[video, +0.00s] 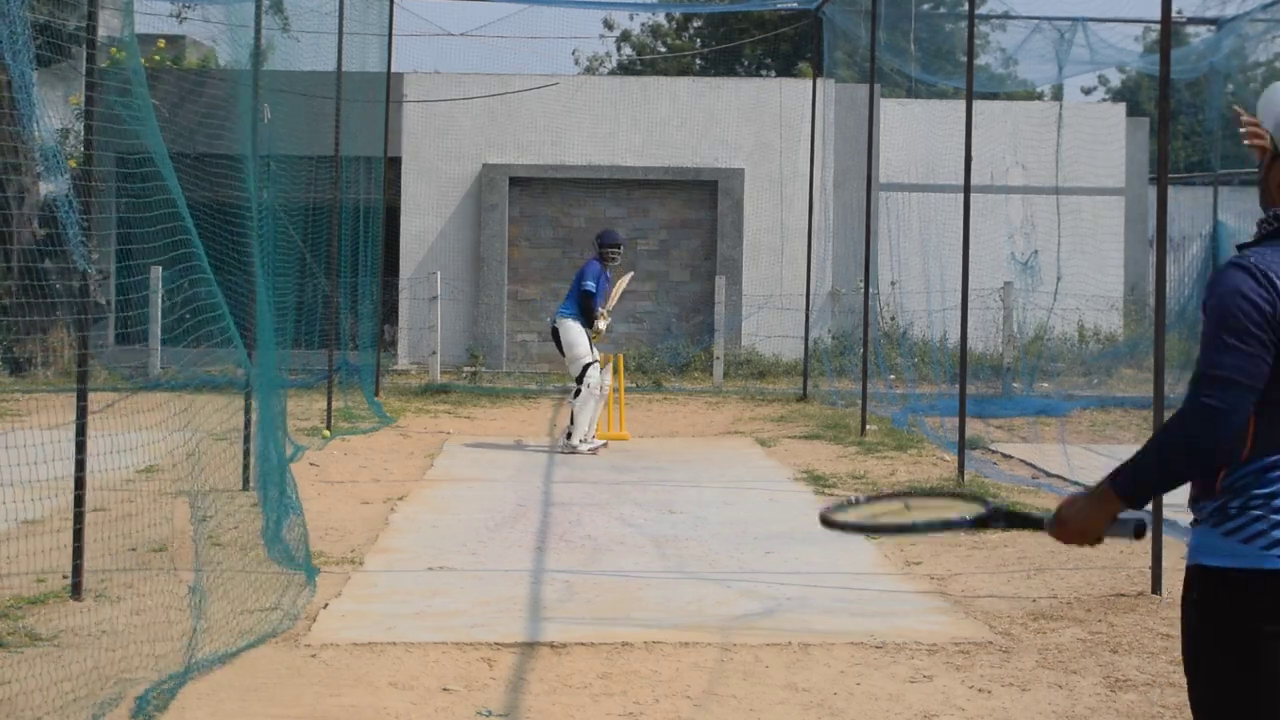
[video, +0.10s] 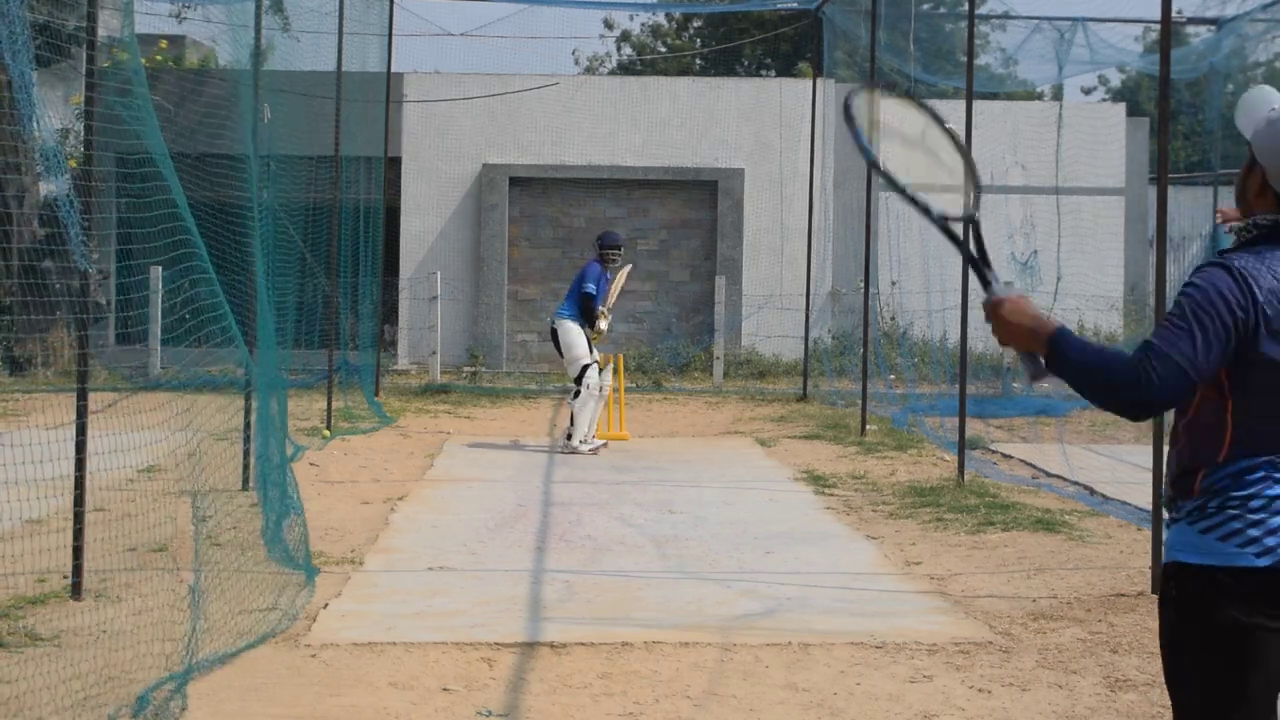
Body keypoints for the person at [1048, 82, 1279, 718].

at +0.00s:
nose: (1264, 168)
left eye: (1268, 157)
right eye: (1266, 155)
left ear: (1275, 173)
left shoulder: (1254, 276)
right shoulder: (1260, 271)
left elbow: (1213, 418)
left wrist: (1108, 496)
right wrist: (1273, 153)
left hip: (1246, 566)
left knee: (1233, 703)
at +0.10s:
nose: (1241, 179)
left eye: (1248, 164)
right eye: (1248, 162)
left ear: (1260, 178)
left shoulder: (1239, 278)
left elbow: (1143, 388)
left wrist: (1042, 336)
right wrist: (1054, 349)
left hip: (1229, 569)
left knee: (1222, 705)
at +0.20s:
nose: (1234, 179)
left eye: (1240, 164)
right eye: (1240, 163)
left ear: (1253, 179)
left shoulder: (1223, 279)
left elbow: (1085, 335)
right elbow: (1090, 334)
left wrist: (1042, 215)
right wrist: (1040, 224)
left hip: (1214, 559)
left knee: (1194, 705)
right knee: (1234, 705)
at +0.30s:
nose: (1233, 162)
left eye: (1241, 152)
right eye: (1241, 150)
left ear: (1254, 170)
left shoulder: (1195, 246)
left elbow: (1067, 228)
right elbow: (1071, 228)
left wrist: (1057, 111)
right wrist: (1061, 114)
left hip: (1180, 525)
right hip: (1272, 531)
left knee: (1140, 704)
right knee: (1244, 704)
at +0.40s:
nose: (1242, 164)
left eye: (1248, 156)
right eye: (1247, 154)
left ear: (1258, 167)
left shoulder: (1191, 238)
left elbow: (1094, 267)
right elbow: (1098, 267)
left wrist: (1060, 201)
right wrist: (1063, 207)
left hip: (1160, 516)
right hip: (1265, 529)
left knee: (1106, 694)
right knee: (1232, 706)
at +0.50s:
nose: (1245, 166)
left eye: (1249, 158)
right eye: (1250, 158)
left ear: (1253, 167)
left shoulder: (1179, 240)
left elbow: (1129, 374)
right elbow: (1130, 376)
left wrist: (1134, 459)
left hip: (1146, 502)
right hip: (1255, 528)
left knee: (1061, 630)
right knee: (1228, 706)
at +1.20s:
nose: (1204, 172)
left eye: (1208, 164)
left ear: (1213, 170)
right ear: (1279, 185)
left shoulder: (1141, 246)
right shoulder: (1277, 265)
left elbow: (1087, 385)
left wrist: (1131, 458)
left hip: (1125, 508)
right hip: (1242, 519)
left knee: (1105, 689)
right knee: (1221, 699)